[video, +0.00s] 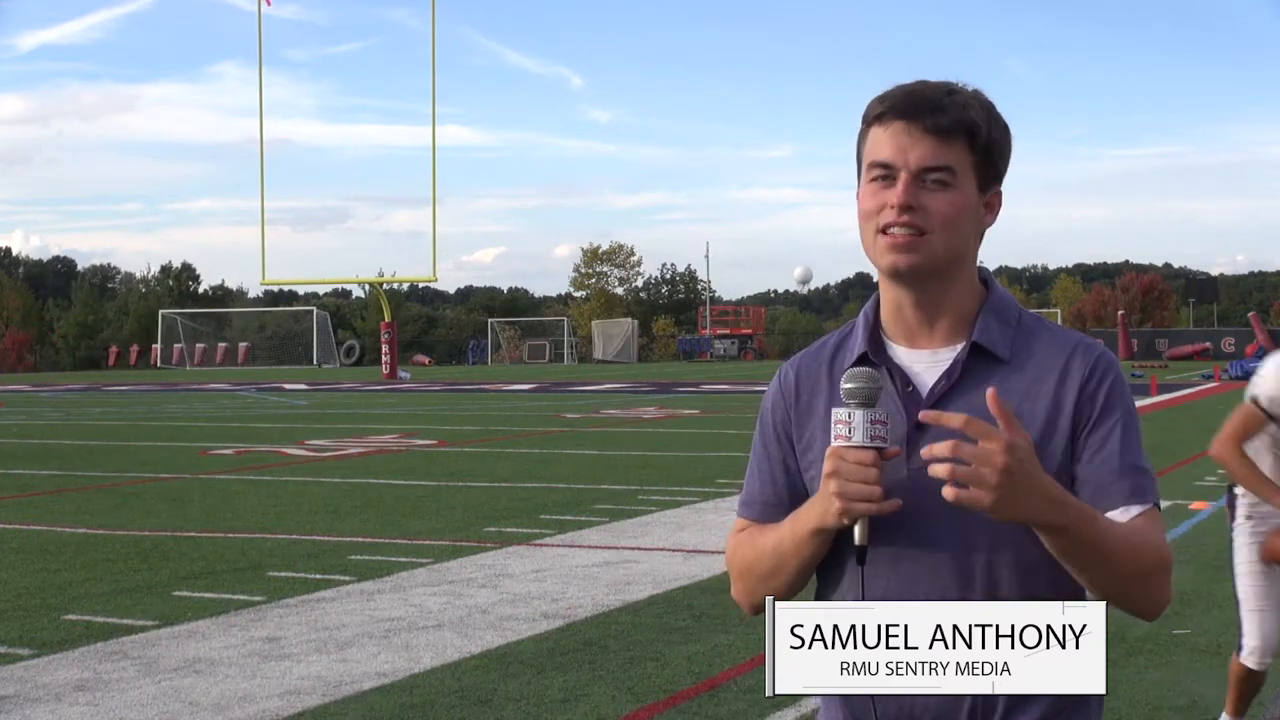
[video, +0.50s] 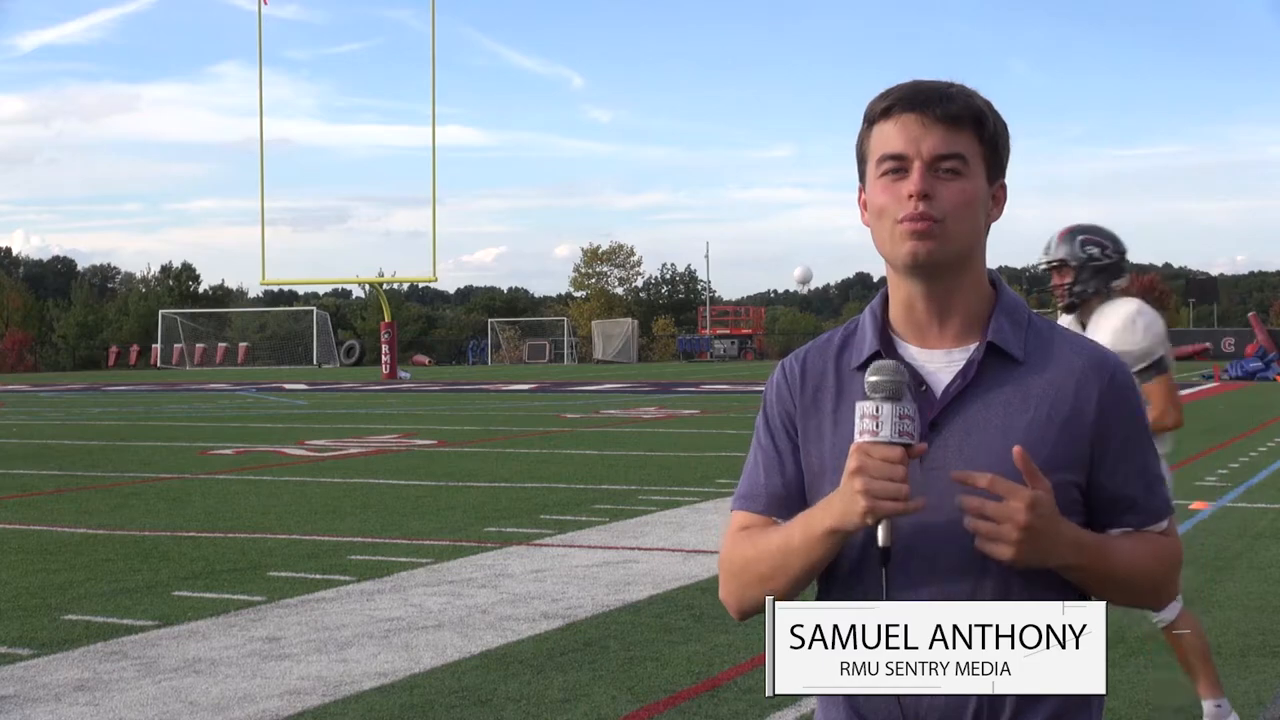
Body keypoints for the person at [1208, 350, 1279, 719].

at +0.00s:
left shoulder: (1271, 371)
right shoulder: (1275, 371)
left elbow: (1224, 445)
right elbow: (1223, 445)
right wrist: (1275, 497)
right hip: (1261, 512)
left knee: (1263, 645)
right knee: (1260, 645)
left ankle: (1232, 711)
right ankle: (1231, 714)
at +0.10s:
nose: (1277, 341)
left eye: (1278, 330)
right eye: (1274, 329)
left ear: (1276, 326)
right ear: (1265, 322)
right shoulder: (1220, 342)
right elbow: (1151, 411)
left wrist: (1251, 470)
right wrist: (1211, 451)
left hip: (1275, 506)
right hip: (1217, 507)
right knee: (1213, 635)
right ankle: (1223, 713)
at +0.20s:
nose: (1222, 297)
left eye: (1236, 288)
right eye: (1215, 285)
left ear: (1260, 296)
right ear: (1202, 288)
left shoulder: (1272, 346)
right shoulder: (1162, 326)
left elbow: (1279, 438)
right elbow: (1130, 396)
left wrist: (1239, 453)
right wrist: (1152, 429)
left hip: (1245, 487)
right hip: (1176, 488)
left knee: (1277, 605)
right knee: (1186, 625)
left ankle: (1275, 709)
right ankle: (1216, 711)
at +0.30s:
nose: (1161, 279)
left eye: (1173, 269)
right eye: (1155, 268)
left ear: (1204, 274)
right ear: (1144, 272)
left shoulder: (1243, 329)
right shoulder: (1120, 319)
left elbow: (1264, 420)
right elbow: (1101, 400)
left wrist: (1189, 432)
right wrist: (1131, 430)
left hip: (1203, 469)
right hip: (1141, 469)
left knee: (1202, 606)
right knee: (1169, 609)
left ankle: (1243, 706)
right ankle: (1212, 710)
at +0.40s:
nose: (1106, 273)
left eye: (1117, 263)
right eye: (1102, 264)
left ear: (1150, 265)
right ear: (1098, 266)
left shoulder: (1189, 316)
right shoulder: (1090, 317)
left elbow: (1222, 409)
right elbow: (1076, 394)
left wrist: (1148, 424)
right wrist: (1093, 431)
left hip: (1171, 459)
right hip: (1112, 459)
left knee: (1164, 590)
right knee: (1124, 588)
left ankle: (1214, 708)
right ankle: (1138, 704)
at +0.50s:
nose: (1057, 280)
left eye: (1065, 270)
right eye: (1054, 271)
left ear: (1096, 268)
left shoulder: (1131, 318)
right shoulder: (1067, 325)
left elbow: (1167, 414)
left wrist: (1099, 431)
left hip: (1136, 483)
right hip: (1078, 479)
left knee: (1160, 599)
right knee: (1057, 602)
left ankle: (1215, 706)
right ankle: (1051, 707)